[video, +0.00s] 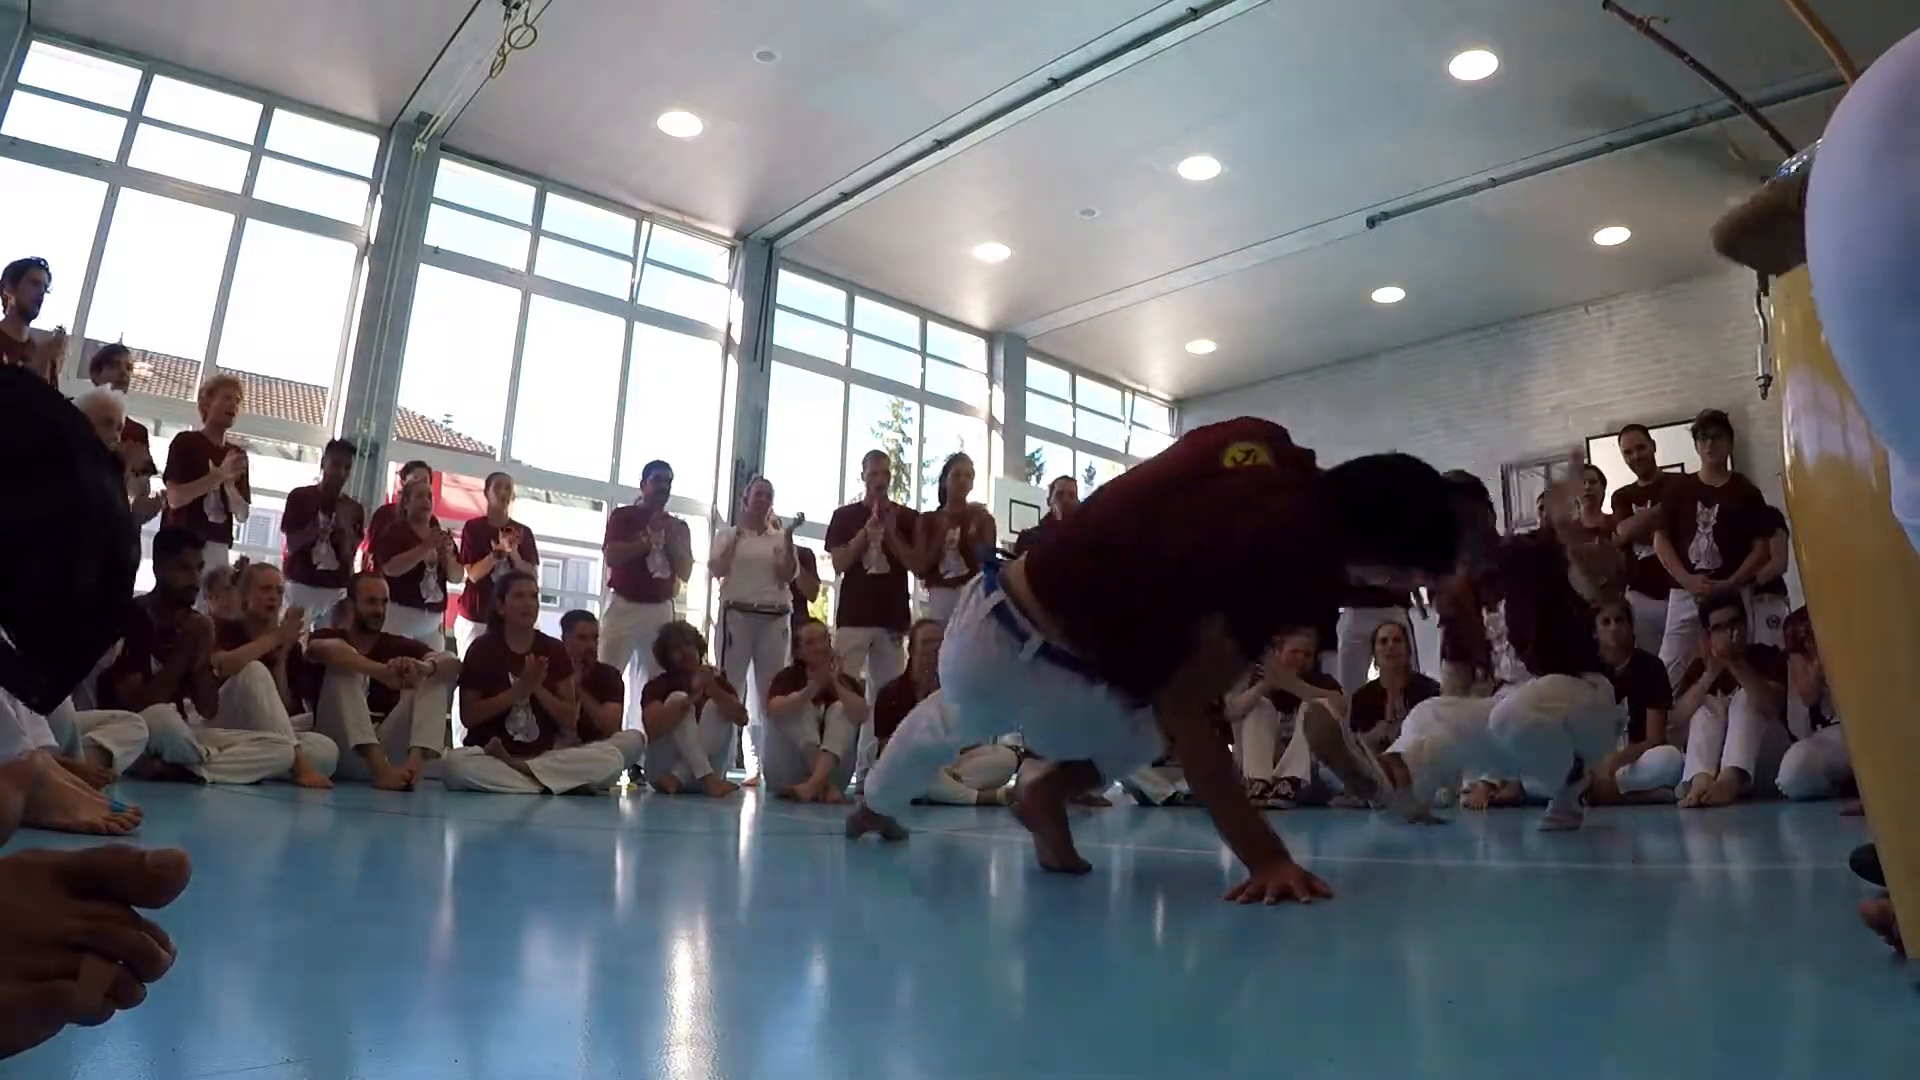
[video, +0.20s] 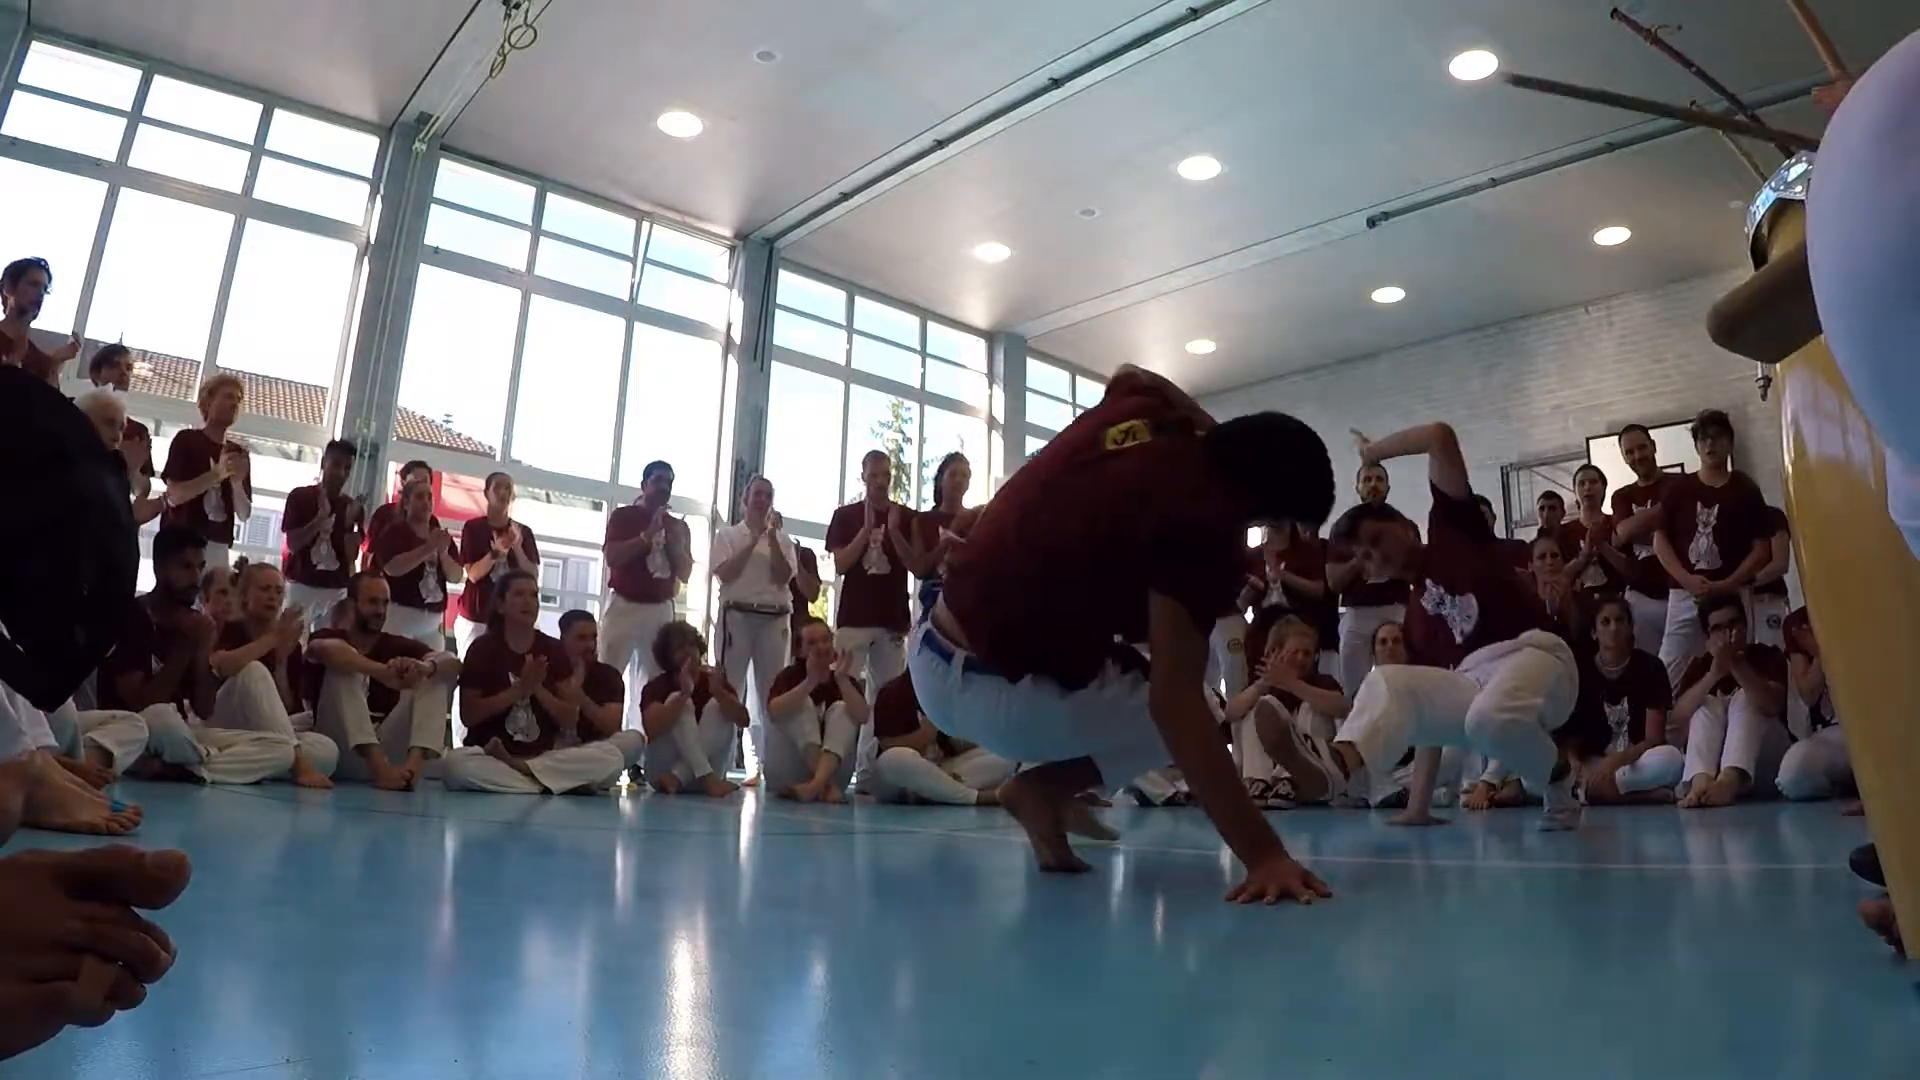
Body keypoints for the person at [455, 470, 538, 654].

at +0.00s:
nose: (503, 493)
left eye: (507, 488)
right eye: (497, 488)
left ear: (512, 495)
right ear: (486, 493)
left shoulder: (523, 532)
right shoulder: (473, 527)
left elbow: (531, 574)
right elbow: (473, 575)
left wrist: (514, 553)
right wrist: (496, 553)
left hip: (509, 621)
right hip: (474, 617)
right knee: (471, 679)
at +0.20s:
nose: (502, 493)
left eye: (507, 488)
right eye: (497, 488)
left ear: (512, 495)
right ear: (486, 493)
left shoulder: (523, 532)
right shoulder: (473, 527)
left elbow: (533, 574)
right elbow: (473, 574)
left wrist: (517, 548)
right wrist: (495, 553)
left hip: (509, 620)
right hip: (474, 616)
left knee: (504, 680)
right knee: (471, 678)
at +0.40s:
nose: (503, 493)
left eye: (507, 488)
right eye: (497, 488)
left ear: (512, 495)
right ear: (486, 493)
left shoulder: (523, 533)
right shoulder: (473, 527)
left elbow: (532, 574)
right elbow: (473, 575)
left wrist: (517, 549)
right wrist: (495, 555)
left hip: (509, 620)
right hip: (473, 617)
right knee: (471, 679)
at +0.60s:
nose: (503, 493)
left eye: (507, 488)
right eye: (497, 488)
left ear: (512, 495)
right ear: (487, 493)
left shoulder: (523, 533)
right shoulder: (473, 527)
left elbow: (532, 576)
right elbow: (472, 574)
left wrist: (512, 552)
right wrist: (495, 555)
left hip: (509, 621)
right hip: (473, 618)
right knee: (471, 679)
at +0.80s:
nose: (503, 493)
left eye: (507, 489)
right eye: (497, 488)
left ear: (512, 495)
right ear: (487, 494)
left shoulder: (523, 533)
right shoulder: (473, 527)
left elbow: (532, 575)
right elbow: (472, 575)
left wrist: (519, 547)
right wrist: (491, 555)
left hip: (510, 620)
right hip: (474, 617)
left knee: (506, 682)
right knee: (472, 682)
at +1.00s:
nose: (503, 494)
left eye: (508, 490)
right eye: (498, 489)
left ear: (513, 495)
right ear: (487, 493)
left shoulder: (523, 533)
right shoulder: (473, 527)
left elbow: (532, 575)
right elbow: (472, 575)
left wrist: (516, 551)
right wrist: (492, 554)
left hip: (509, 623)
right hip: (473, 620)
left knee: (505, 685)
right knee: (469, 685)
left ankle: (498, 743)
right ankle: (463, 747)